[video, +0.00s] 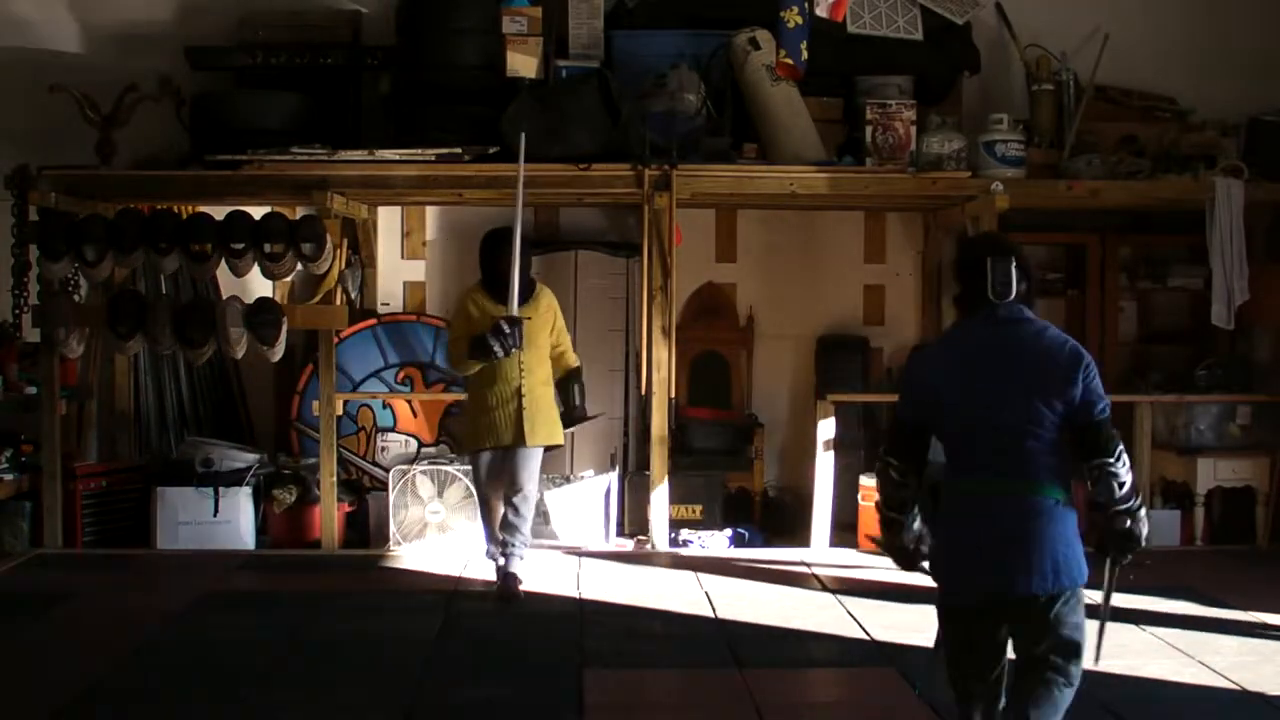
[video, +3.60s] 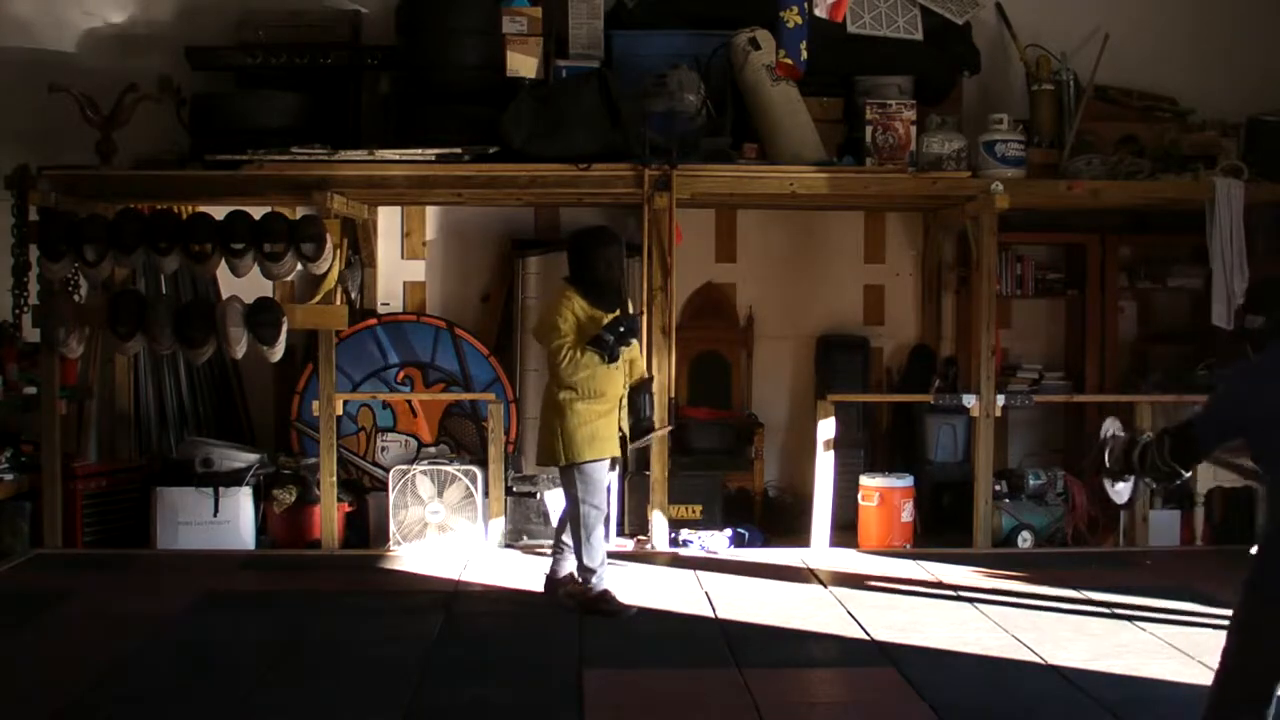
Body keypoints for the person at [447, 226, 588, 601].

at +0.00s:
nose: (516, 268)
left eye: (521, 259)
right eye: (507, 260)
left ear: (529, 260)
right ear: (489, 262)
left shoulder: (544, 299)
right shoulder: (472, 302)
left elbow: (561, 350)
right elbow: (456, 361)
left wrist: (572, 388)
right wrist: (483, 347)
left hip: (534, 413)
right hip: (488, 415)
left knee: (524, 491)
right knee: (488, 492)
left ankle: (512, 565)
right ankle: (497, 557)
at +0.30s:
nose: (528, 266)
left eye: (534, 257)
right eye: (519, 259)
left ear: (541, 258)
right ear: (501, 261)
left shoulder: (557, 299)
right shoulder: (482, 303)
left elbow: (576, 349)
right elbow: (463, 358)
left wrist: (592, 391)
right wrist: (493, 344)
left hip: (547, 415)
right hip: (500, 417)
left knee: (554, 491)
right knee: (500, 495)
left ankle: (567, 567)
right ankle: (506, 566)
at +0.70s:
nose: (570, 270)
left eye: (574, 262)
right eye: (560, 262)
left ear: (580, 263)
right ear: (543, 265)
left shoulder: (592, 300)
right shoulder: (523, 302)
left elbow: (609, 353)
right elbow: (506, 362)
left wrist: (623, 393)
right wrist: (544, 345)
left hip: (588, 417)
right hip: (542, 420)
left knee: (587, 499)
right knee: (526, 498)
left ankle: (586, 570)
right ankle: (511, 566)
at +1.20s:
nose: (609, 265)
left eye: (609, 256)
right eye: (600, 258)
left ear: (613, 259)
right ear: (577, 262)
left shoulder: (622, 302)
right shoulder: (557, 303)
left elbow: (636, 355)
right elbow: (536, 360)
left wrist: (646, 380)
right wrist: (575, 342)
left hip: (618, 416)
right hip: (578, 417)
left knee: (605, 498)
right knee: (580, 495)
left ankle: (587, 571)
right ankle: (567, 576)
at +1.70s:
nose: (622, 267)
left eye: (623, 259)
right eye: (613, 259)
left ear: (623, 263)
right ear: (590, 263)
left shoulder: (628, 305)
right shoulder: (563, 308)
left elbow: (637, 360)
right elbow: (541, 369)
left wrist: (645, 392)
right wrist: (575, 397)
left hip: (619, 430)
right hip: (582, 431)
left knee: (605, 507)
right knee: (591, 509)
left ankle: (589, 577)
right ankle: (593, 585)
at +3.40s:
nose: (617, 270)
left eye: (617, 261)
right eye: (608, 262)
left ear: (616, 265)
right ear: (587, 265)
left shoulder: (616, 309)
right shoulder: (561, 309)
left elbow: (630, 375)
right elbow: (564, 373)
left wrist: (629, 346)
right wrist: (605, 348)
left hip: (607, 421)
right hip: (575, 421)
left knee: (577, 499)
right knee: (592, 501)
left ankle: (554, 576)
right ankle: (595, 586)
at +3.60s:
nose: (618, 270)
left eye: (619, 261)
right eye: (610, 261)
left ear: (617, 263)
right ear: (589, 263)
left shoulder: (616, 306)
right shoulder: (564, 305)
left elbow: (634, 365)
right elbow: (567, 370)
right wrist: (610, 339)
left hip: (607, 419)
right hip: (576, 420)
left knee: (587, 501)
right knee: (591, 504)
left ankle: (561, 575)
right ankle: (594, 585)